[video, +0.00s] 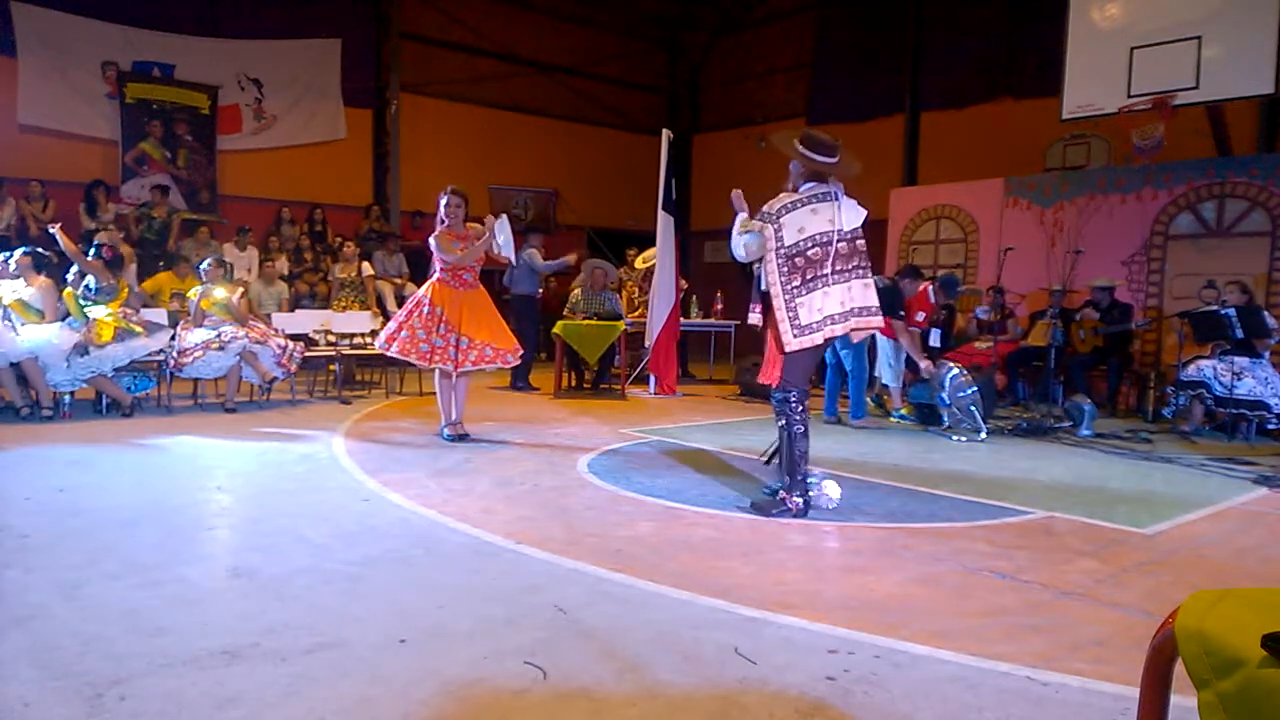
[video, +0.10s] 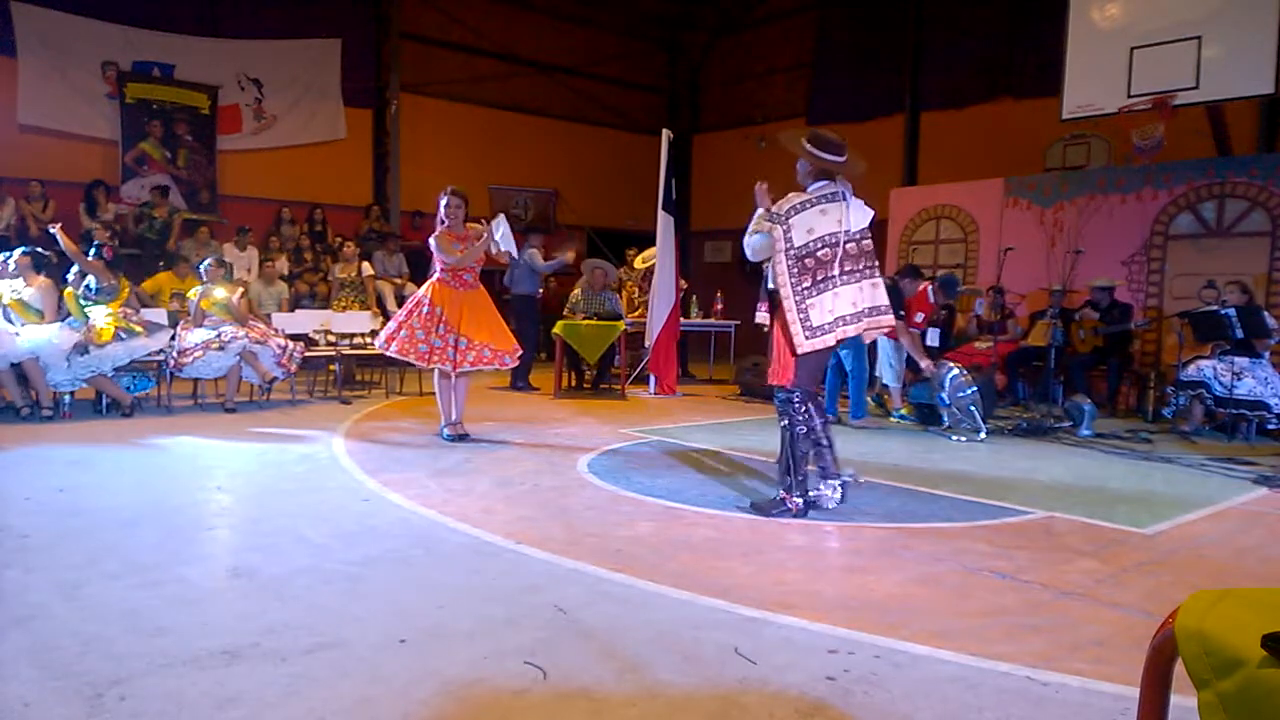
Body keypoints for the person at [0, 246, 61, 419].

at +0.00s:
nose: (16, 259)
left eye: (22, 255)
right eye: (17, 256)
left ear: (33, 261)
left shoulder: (46, 284)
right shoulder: (19, 287)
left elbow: (52, 318)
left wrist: (27, 326)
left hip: (44, 332)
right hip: (20, 333)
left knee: (23, 352)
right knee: (2, 356)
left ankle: (45, 398)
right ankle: (20, 401)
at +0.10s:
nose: (15, 259)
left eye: (21, 255)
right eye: (16, 256)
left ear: (32, 261)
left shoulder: (46, 284)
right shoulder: (18, 286)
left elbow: (51, 319)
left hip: (42, 333)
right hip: (18, 334)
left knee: (25, 353)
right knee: (2, 356)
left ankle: (45, 399)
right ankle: (20, 401)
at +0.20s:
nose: (14, 259)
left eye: (20, 255)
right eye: (15, 255)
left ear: (30, 261)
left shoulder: (45, 284)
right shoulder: (18, 286)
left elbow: (52, 320)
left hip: (43, 336)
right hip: (20, 337)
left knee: (25, 352)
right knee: (2, 356)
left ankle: (45, 399)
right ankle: (20, 401)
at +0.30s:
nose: (14, 259)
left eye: (20, 255)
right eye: (16, 255)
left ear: (30, 261)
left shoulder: (45, 284)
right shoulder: (19, 287)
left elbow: (51, 320)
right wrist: (8, 305)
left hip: (42, 336)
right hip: (20, 337)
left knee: (25, 352)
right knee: (2, 357)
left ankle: (45, 399)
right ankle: (20, 401)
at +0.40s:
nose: (14, 259)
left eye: (20, 255)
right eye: (16, 255)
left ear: (31, 261)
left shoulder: (45, 284)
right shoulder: (21, 287)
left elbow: (51, 319)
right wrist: (8, 306)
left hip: (43, 336)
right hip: (21, 337)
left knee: (25, 352)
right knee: (2, 356)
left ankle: (45, 400)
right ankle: (20, 401)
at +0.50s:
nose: (14, 260)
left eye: (18, 256)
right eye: (16, 256)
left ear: (28, 260)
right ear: (24, 261)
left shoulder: (45, 284)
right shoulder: (18, 286)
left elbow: (50, 320)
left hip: (40, 335)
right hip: (18, 337)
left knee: (25, 353)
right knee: (2, 358)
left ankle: (45, 399)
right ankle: (20, 401)